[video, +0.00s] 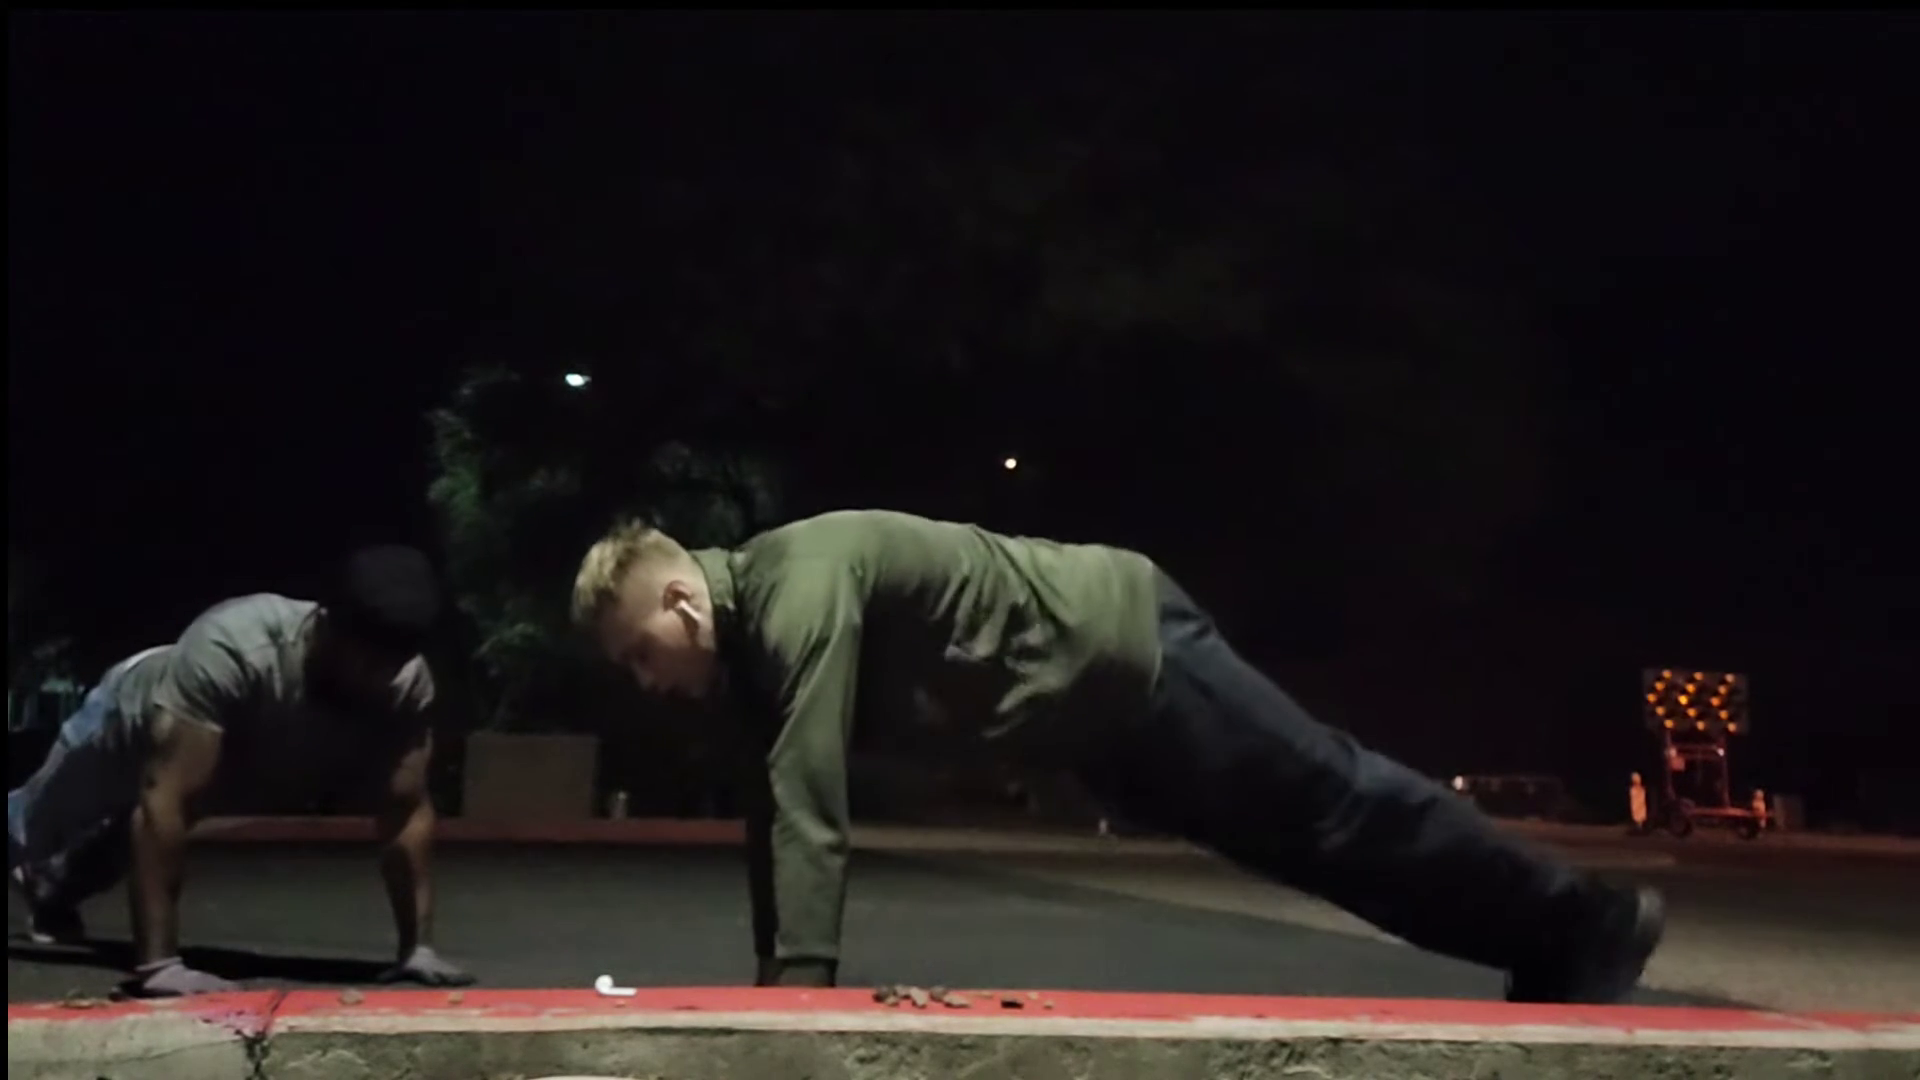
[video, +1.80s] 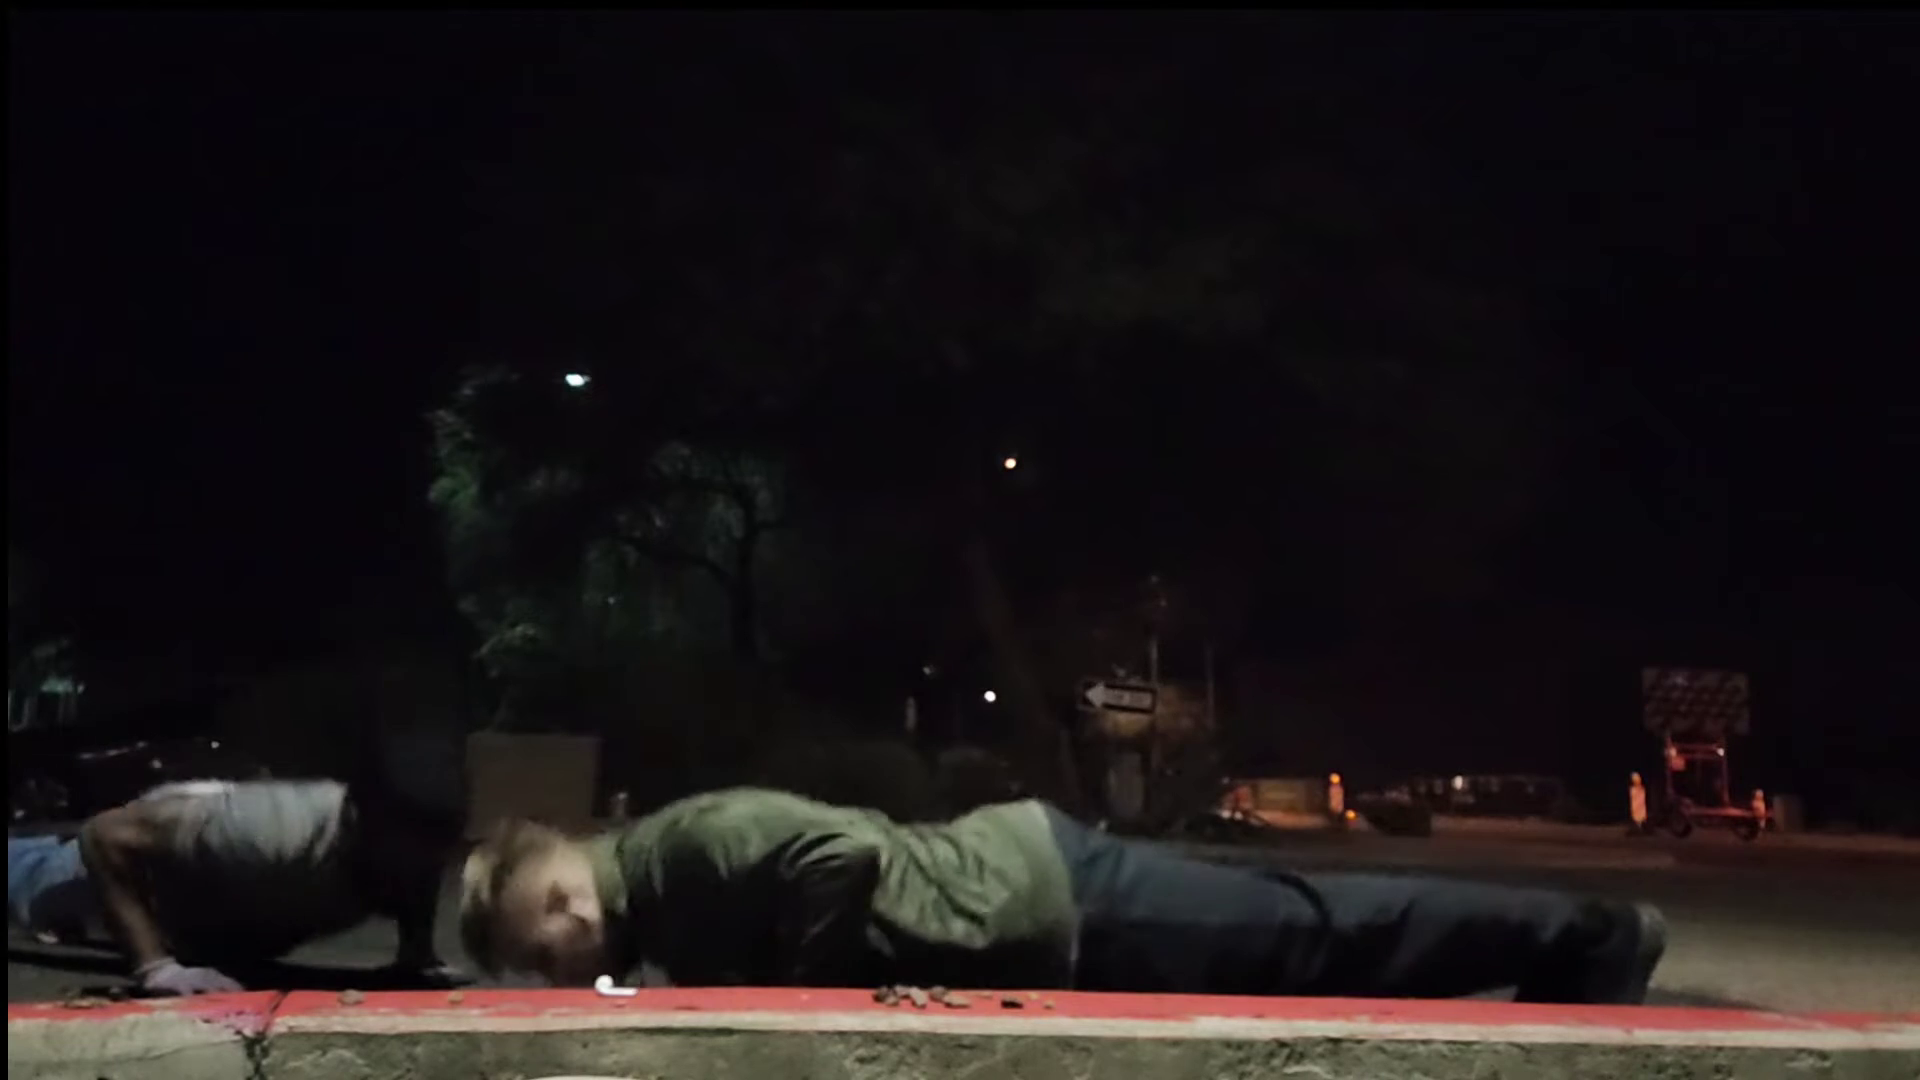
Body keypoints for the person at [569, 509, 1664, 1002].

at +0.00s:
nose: (656, 678)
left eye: (645, 651)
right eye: (637, 666)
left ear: (680, 592)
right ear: (668, 621)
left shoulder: (801, 578)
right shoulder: (759, 631)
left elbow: (806, 785)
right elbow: (775, 800)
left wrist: (805, 968)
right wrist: (784, 973)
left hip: (1129, 647)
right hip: (1095, 709)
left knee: (1339, 803)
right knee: (1306, 841)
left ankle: (1587, 926)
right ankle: (1539, 945)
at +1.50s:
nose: (593, 757)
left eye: (587, 729)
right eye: (574, 746)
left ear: (623, 675)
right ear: (598, 715)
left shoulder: (743, 677)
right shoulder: (721, 711)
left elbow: (852, 835)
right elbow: (827, 839)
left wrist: (796, 992)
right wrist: (790, 988)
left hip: (1099, 773)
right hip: (1084, 804)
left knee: (1351, 867)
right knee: (1338, 881)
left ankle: (1609, 948)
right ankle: (1582, 950)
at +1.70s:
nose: (551, 875)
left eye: (541, 844)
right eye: (526, 875)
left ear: (577, 791)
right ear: (537, 882)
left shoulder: (709, 798)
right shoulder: (677, 857)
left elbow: (862, 859)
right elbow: (827, 881)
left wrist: (785, 988)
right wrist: (808, 974)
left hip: (1061, 869)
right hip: (1040, 893)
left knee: (1323, 912)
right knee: (1305, 922)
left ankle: (1594, 942)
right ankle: (1559, 947)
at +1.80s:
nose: (569, 949)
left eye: (552, 929)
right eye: (543, 949)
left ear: (563, 873)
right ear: (534, 929)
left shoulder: (687, 846)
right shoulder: (647, 902)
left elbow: (857, 855)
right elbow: (827, 878)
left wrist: (794, 975)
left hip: (1047, 881)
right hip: (1027, 901)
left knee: (1314, 924)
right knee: (1298, 924)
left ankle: (1580, 944)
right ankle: (1557, 943)